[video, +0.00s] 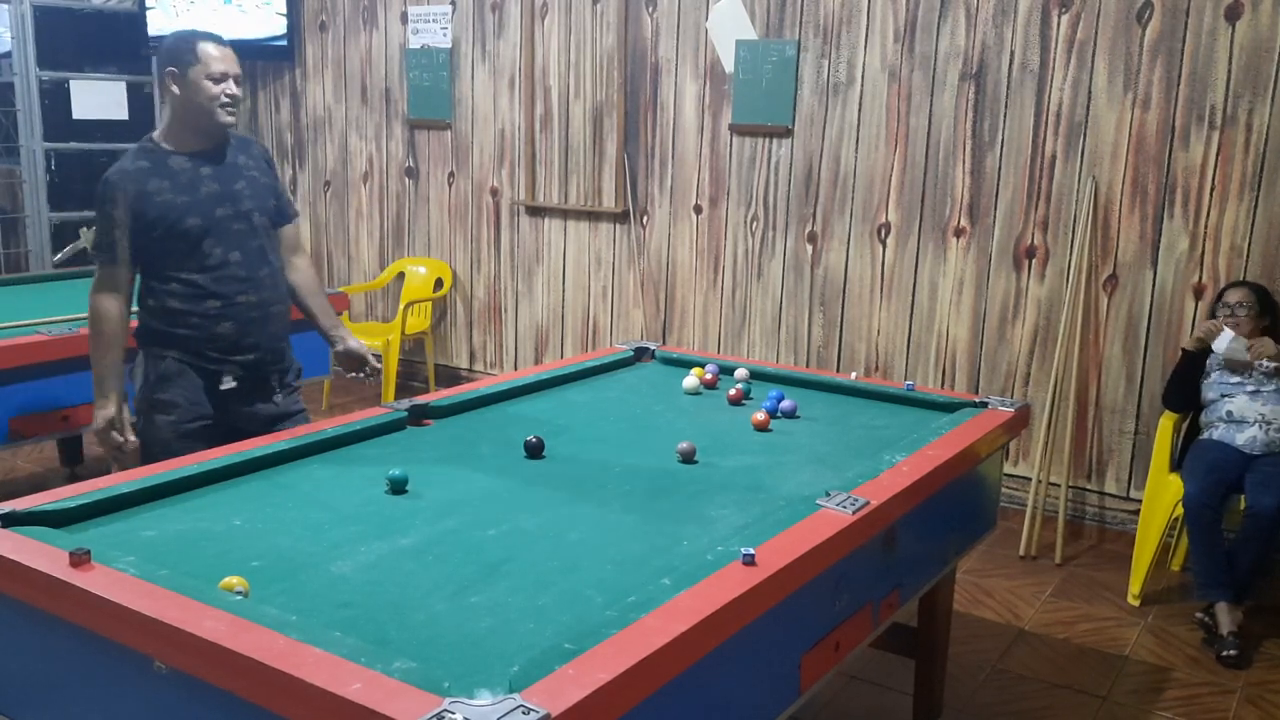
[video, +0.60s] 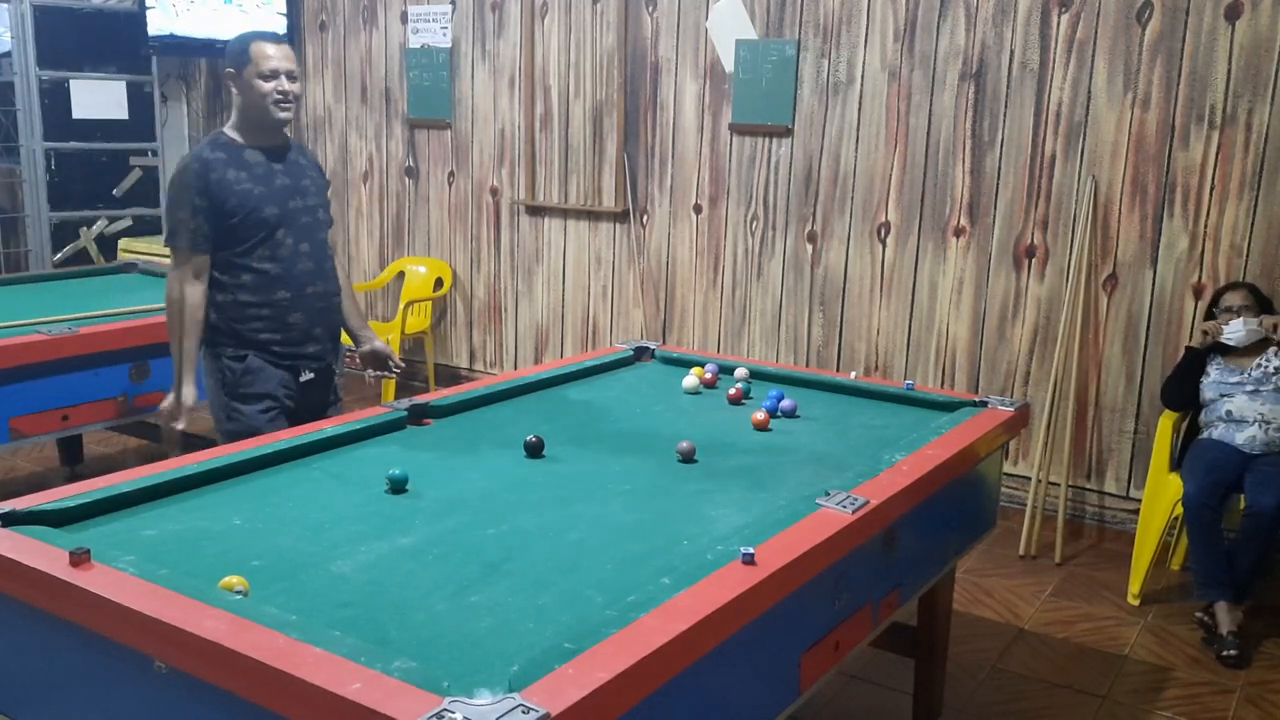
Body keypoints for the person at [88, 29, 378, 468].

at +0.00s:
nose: (234, 92)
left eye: (237, 81)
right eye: (217, 79)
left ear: (241, 85)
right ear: (172, 84)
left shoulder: (254, 158)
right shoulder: (129, 179)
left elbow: (293, 257)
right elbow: (110, 292)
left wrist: (340, 337)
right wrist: (108, 398)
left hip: (271, 377)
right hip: (182, 385)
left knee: (292, 527)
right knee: (186, 527)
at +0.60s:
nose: (286, 88)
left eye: (293, 77)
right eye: (270, 76)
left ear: (301, 84)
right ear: (234, 82)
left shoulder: (307, 165)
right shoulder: (202, 171)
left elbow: (322, 261)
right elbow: (189, 277)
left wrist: (364, 337)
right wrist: (185, 385)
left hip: (317, 362)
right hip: (249, 364)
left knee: (321, 493)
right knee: (265, 500)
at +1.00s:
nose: (313, 94)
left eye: (322, 83)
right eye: (298, 81)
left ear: (331, 90)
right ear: (267, 83)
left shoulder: (330, 167)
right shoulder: (229, 161)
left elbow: (354, 255)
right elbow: (195, 252)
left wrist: (407, 313)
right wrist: (205, 335)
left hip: (325, 357)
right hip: (261, 357)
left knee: (327, 485)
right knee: (280, 488)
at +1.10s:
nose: (316, 94)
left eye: (326, 85)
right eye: (303, 81)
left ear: (336, 92)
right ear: (272, 84)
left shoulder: (334, 167)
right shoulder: (235, 155)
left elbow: (373, 241)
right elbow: (195, 238)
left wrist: (411, 252)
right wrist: (209, 295)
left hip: (325, 349)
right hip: (263, 348)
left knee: (324, 472)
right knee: (280, 474)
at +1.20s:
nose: (319, 94)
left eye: (329, 86)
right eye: (306, 82)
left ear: (339, 94)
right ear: (276, 84)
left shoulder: (341, 167)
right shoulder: (238, 152)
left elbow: (402, 219)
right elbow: (190, 222)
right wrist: (212, 238)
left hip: (325, 350)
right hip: (261, 348)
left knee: (326, 475)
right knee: (282, 474)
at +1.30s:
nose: (320, 94)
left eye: (330, 86)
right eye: (307, 82)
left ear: (340, 94)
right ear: (276, 84)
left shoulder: (346, 162)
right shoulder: (239, 148)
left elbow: (410, 176)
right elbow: (187, 209)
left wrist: (413, 109)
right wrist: (213, 194)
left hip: (325, 350)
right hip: (257, 347)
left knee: (333, 474)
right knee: (284, 473)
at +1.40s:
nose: (319, 94)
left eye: (329, 85)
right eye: (305, 82)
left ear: (339, 94)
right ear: (275, 86)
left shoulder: (348, 156)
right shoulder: (243, 147)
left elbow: (401, 137)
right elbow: (197, 183)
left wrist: (423, 72)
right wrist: (210, 142)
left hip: (328, 350)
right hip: (259, 349)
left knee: (336, 476)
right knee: (277, 480)